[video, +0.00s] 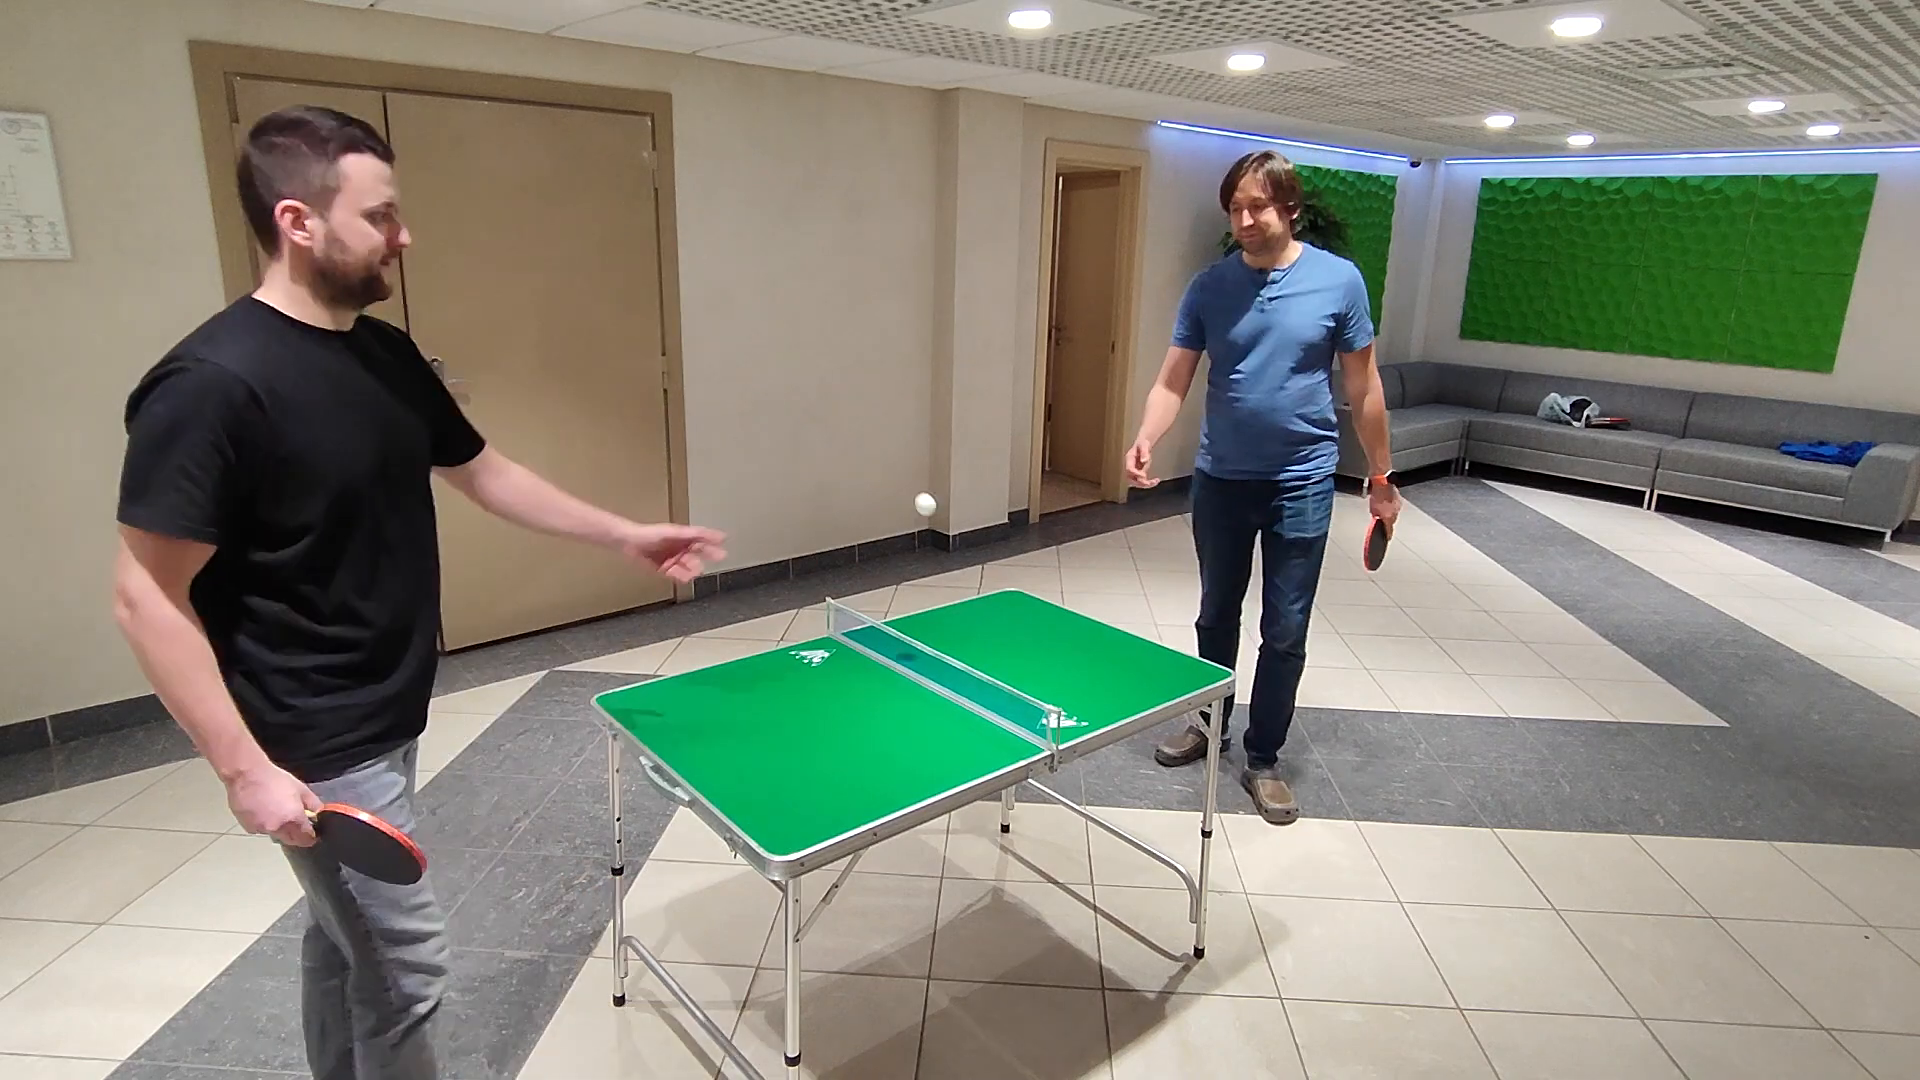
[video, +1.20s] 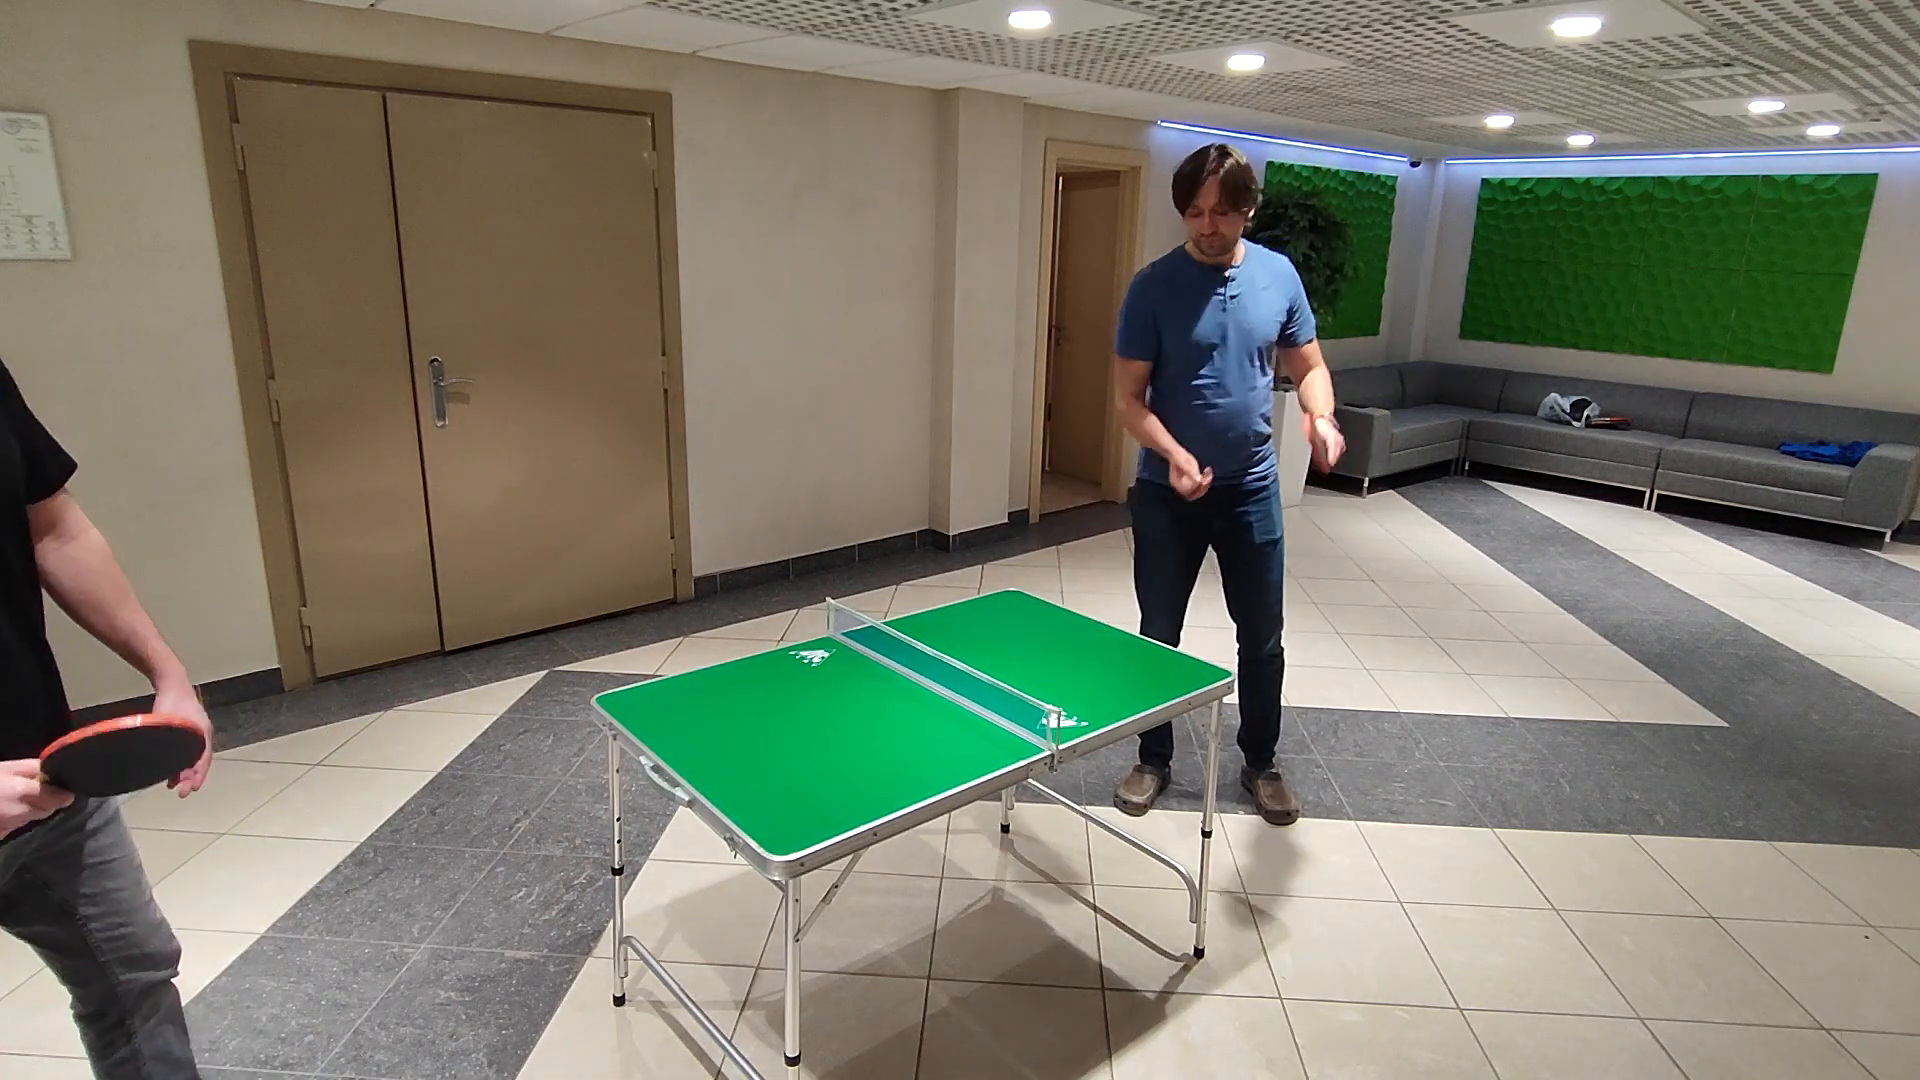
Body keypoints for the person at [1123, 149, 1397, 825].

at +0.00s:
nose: (1244, 220)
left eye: (1257, 208)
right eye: (1236, 209)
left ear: (1289, 210)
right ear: (1229, 215)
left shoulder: (1340, 280)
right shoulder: (1212, 284)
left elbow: (1364, 390)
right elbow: (1174, 378)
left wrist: (1381, 480)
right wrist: (1144, 438)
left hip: (1302, 477)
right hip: (1221, 475)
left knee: (1286, 629)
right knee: (1216, 615)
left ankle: (1264, 762)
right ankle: (1209, 723)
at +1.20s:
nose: (1209, 226)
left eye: (1223, 212)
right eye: (1196, 211)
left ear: (1246, 212)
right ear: (1179, 209)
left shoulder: (1278, 276)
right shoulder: (1151, 289)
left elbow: (1311, 369)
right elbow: (1127, 399)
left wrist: (1319, 415)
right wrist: (1171, 450)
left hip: (1250, 485)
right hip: (1168, 487)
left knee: (1263, 635)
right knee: (1158, 633)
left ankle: (1262, 764)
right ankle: (1152, 761)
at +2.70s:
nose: (1266, 231)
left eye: (1280, 221)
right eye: (1261, 218)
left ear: (1315, 225)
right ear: (1253, 216)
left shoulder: (1350, 296)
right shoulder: (1234, 276)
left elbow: (1397, 406)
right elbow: (1217, 364)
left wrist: (1333, 483)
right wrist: (1196, 419)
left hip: (1301, 483)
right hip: (1229, 472)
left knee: (1302, 639)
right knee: (1202, 602)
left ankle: (1298, 772)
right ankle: (1207, 709)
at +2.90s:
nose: (1232, 240)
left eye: (1246, 228)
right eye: (1227, 227)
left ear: (1283, 228)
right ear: (1223, 225)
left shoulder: (1327, 294)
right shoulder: (1216, 282)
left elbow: (1365, 406)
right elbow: (1195, 368)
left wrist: (1296, 484)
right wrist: (1177, 423)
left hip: (1289, 484)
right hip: (1219, 474)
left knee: (1287, 636)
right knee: (1204, 606)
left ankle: (1298, 771)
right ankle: (1208, 712)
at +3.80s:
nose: (1180, 255)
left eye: (1188, 243)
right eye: (1176, 243)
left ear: (1229, 240)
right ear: (1218, 242)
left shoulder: (1267, 302)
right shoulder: (1229, 289)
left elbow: (1216, 415)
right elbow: (1257, 392)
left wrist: (1134, 485)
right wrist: (1245, 456)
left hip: (1288, 478)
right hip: (1242, 471)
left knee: (1281, 625)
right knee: (1220, 596)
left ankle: (1298, 770)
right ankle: (1212, 710)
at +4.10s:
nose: (1213, 232)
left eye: (1227, 222)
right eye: (1208, 221)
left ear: (1261, 229)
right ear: (1204, 226)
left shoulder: (1300, 295)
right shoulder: (1215, 283)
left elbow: (1333, 415)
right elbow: (1217, 371)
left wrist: (1273, 502)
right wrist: (1171, 432)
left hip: (1269, 492)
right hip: (1209, 477)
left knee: (1278, 636)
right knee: (1192, 601)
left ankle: (1297, 772)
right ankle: (1206, 711)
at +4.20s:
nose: (1229, 224)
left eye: (1244, 216)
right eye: (1223, 213)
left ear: (1274, 225)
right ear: (1217, 217)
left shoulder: (1313, 294)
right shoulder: (1207, 282)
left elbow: (1354, 405)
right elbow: (1194, 368)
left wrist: (1307, 495)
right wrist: (1157, 440)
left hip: (1268, 479)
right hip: (1201, 470)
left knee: (1278, 626)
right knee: (1191, 600)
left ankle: (1297, 770)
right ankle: (1207, 709)